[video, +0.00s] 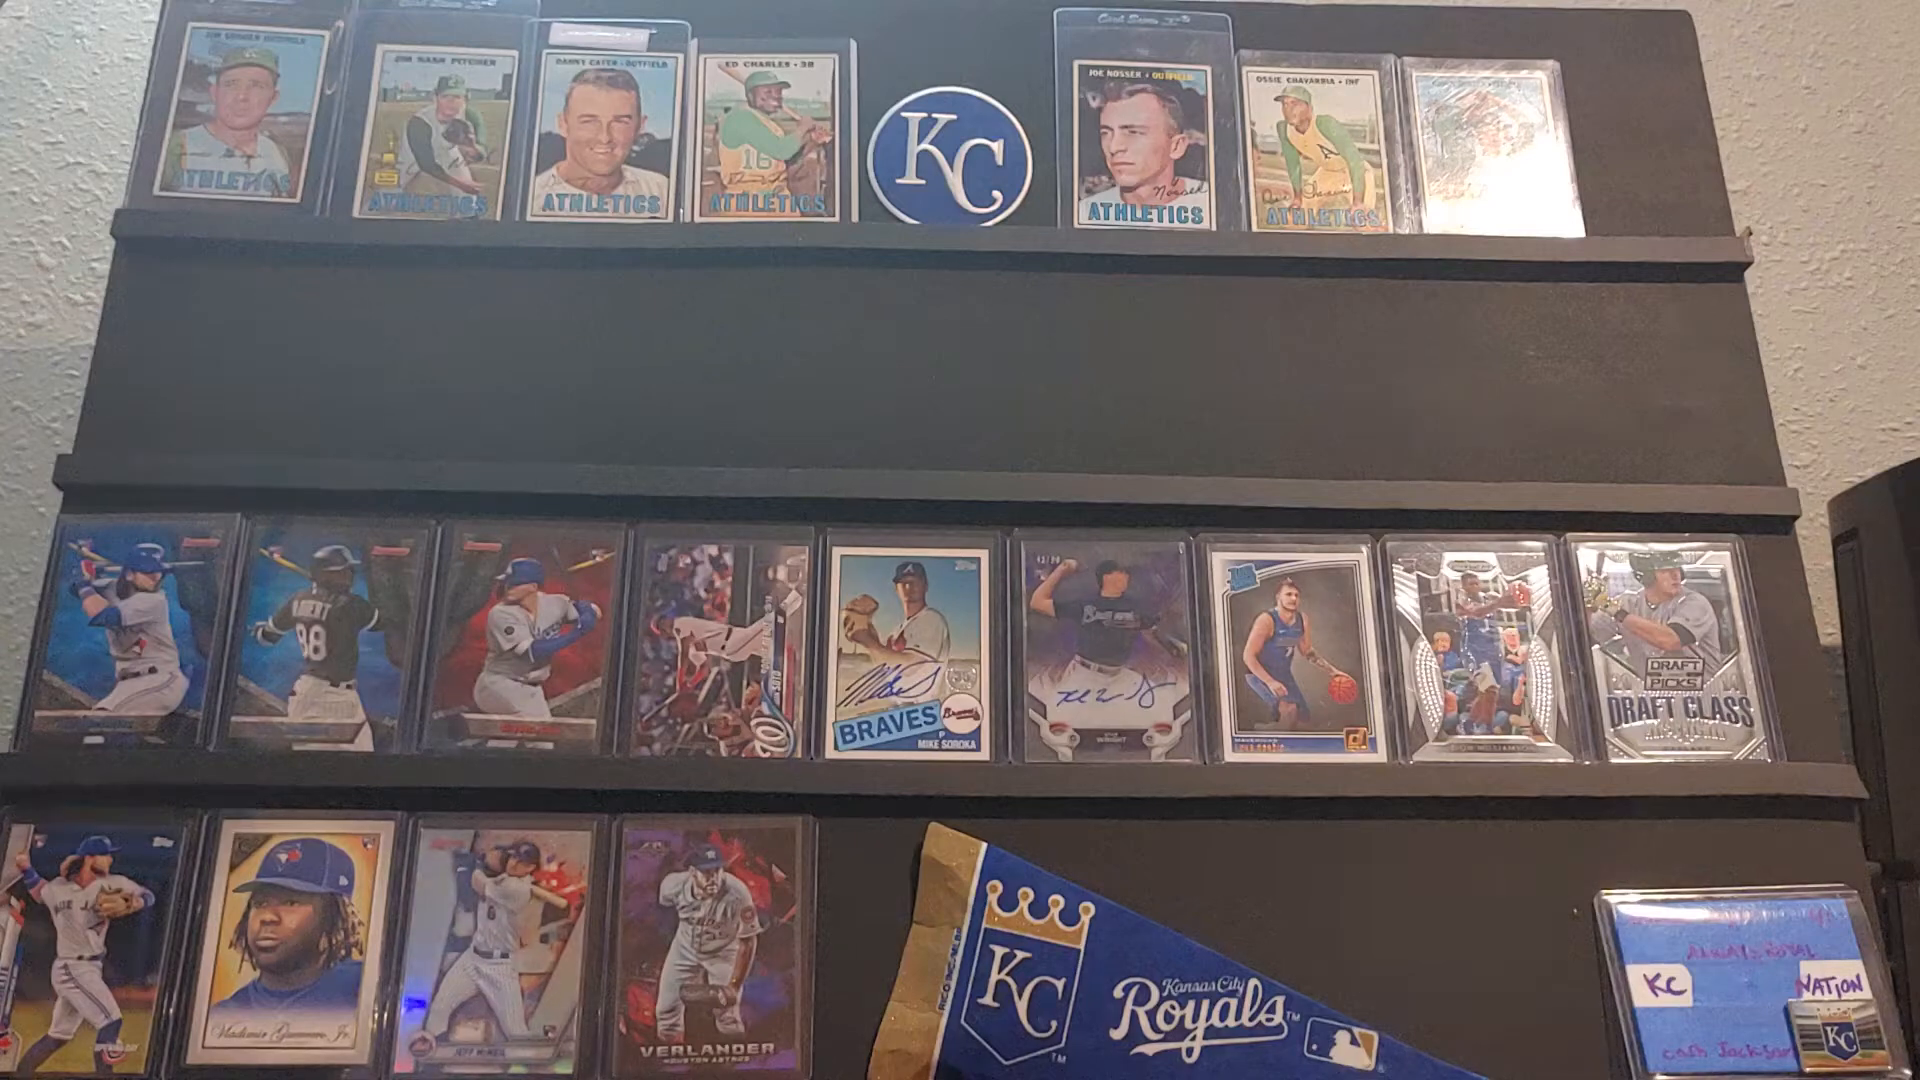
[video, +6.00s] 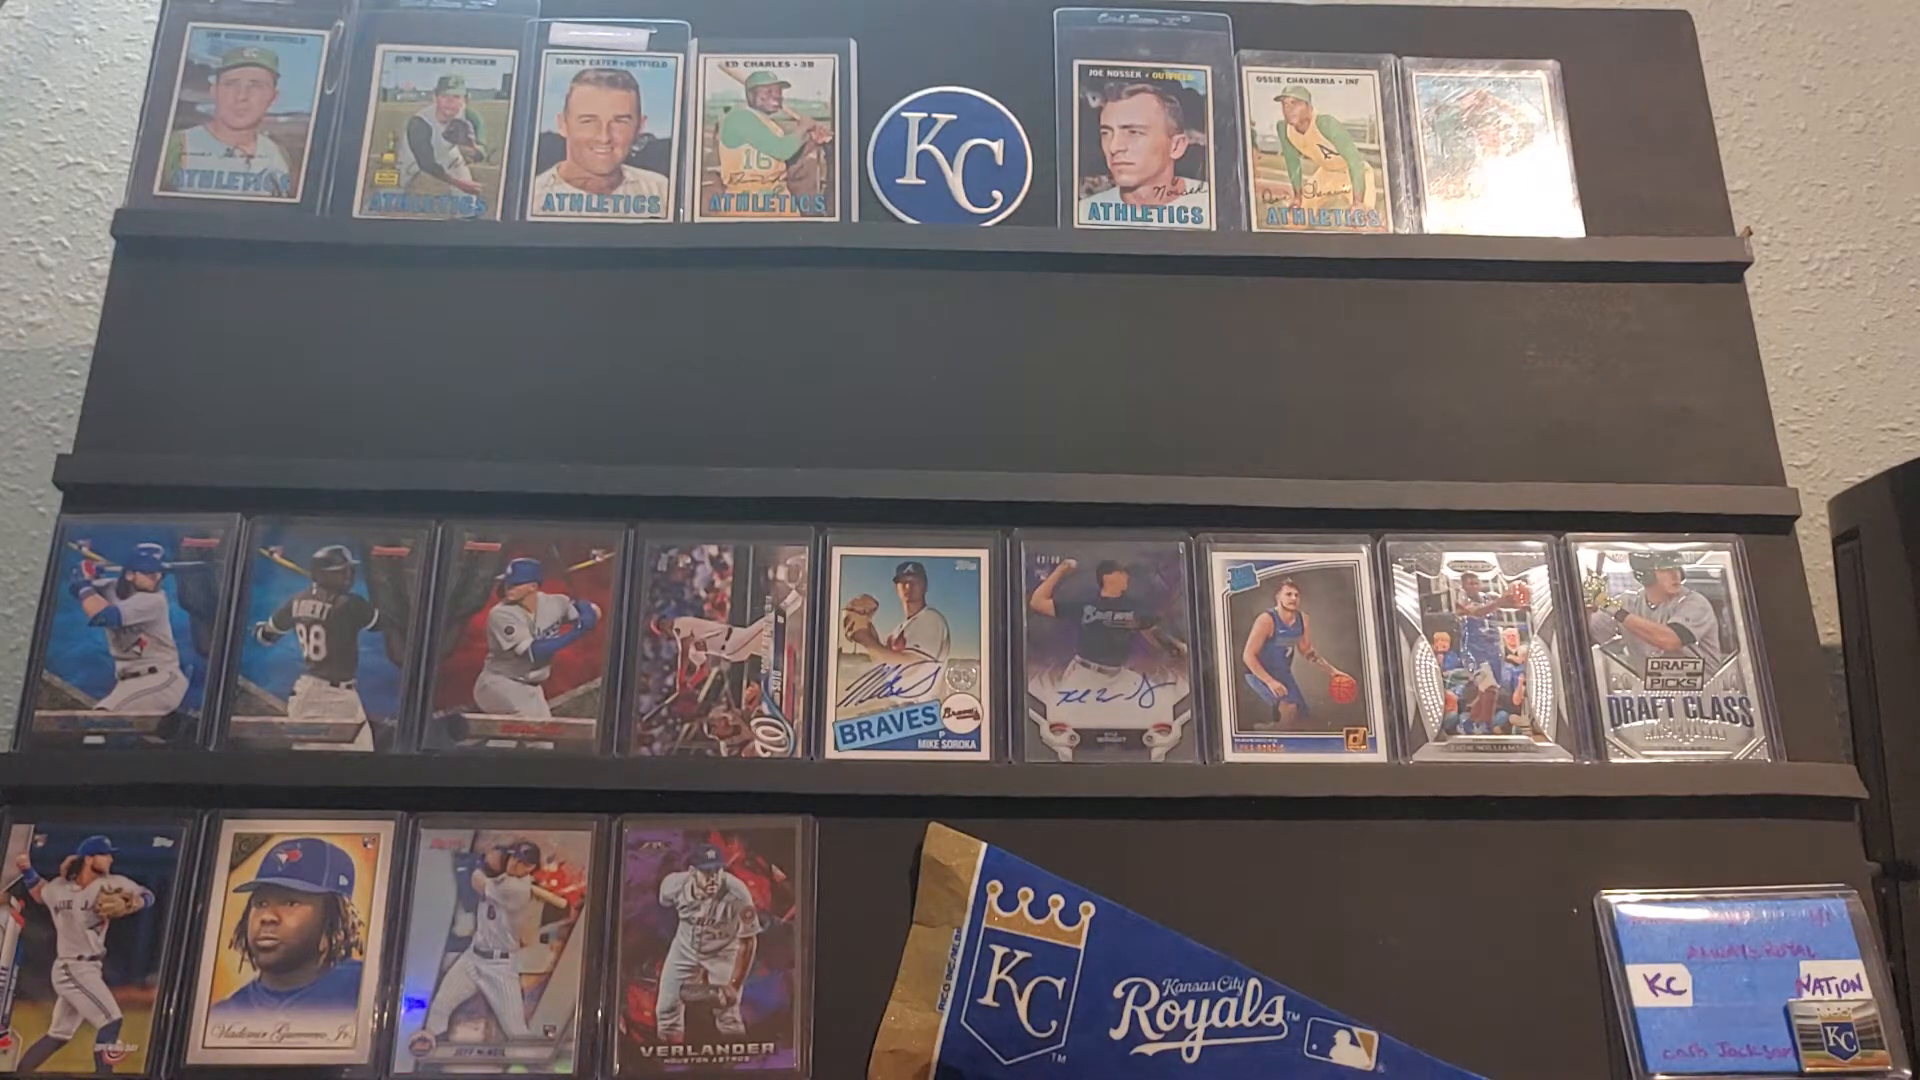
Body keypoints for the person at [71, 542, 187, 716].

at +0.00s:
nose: (156, 577)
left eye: (158, 572)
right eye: (148, 571)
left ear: (162, 573)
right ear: (130, 574)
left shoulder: (154, 600)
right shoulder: (115, 588)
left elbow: (105, 617)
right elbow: (78, 589)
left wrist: (83, 586)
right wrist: (87, 575)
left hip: (162, 679)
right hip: (130, 681)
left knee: (100, 717)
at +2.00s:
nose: (155, 577)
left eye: (158, 572)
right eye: (148, 571)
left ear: (162, 573)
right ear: (130, 574)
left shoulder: (154, 601)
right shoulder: (113, 588)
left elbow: (104, 616)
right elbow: (78, 589)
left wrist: (83, 585)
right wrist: (87, 573)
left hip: (162, 679)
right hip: (129, 682)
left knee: (100, 717)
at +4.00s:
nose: (155, 577)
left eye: (158, 572)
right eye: (147, 572)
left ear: (162, 573)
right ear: (130, 573)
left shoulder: (154, 600)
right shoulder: (114, 587)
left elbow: (105, 617)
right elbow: (79, 588)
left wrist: (83, 586)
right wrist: (87, 573)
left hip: (162, 679)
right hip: (129, 682)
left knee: (102, 716)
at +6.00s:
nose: (157, 577)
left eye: (158, 572)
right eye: (149, 572)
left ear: (162, 573)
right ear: (130, 575)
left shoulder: (154, 600)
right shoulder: (113, 587)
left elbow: (105, 617)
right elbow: (79, 588)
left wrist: (83, 586)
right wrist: (87, 574)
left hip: (163, 679)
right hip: (130, 682)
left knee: (100, 717)